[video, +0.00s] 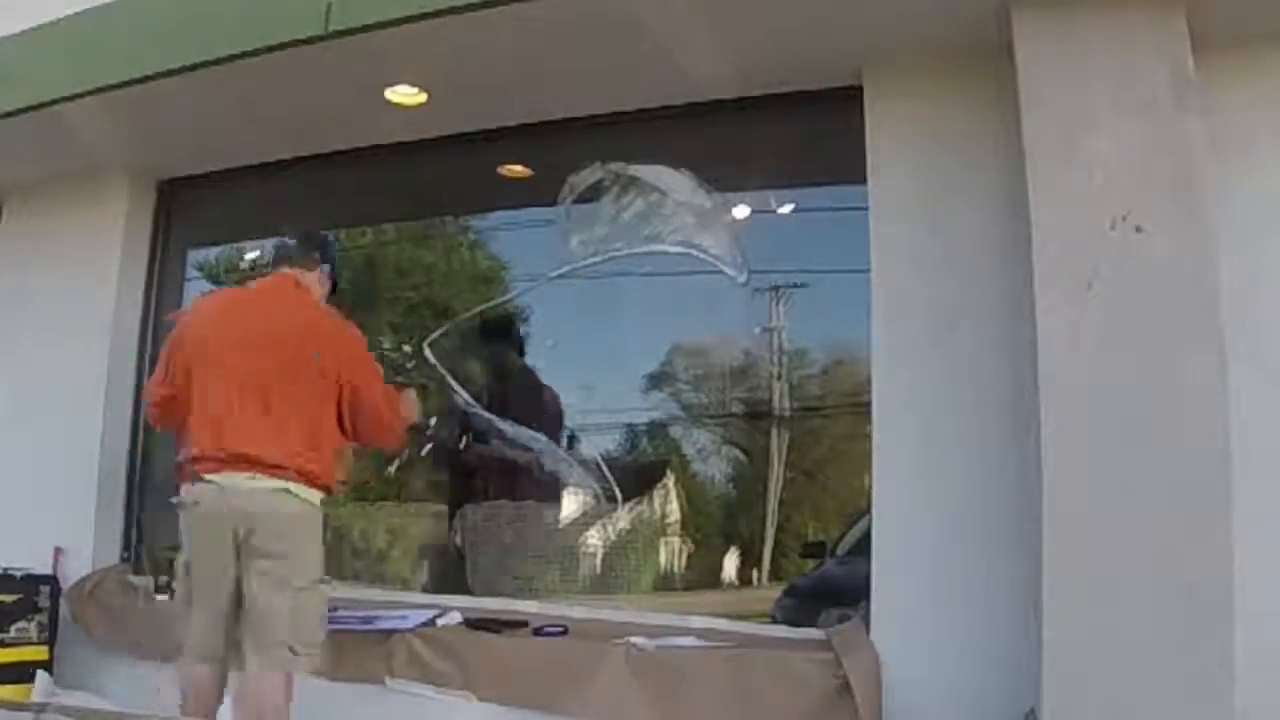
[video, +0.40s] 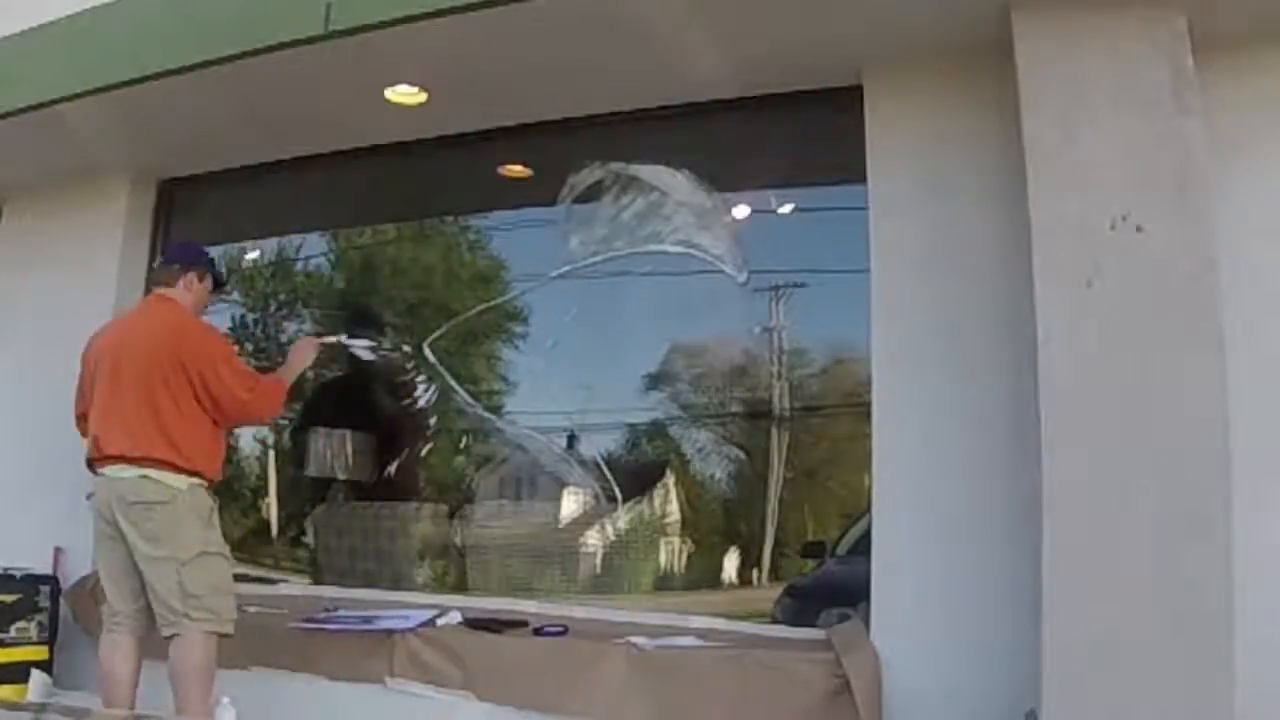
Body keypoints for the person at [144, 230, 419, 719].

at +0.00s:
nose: (325, 299)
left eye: (324, 290)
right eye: (327, 289)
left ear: (269, 270)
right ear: (320, 276)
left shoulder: (203, 313)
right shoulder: (335, 332)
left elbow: (160, 407)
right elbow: (380, 430)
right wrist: (403, 411)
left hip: (205, 505)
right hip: (287, 510)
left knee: (200, 651)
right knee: (271, 657)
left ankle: (197, 718)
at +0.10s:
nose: (328, 307)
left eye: (331, 296)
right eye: (328, 294)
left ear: (281, 277)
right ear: (310, 285)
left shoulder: (204, 318)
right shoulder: (307, 346)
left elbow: (171, 392)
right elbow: (345, 435)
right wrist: (383, 408)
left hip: (182, 492)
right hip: (251, 506)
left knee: (179, 634)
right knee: (242, 646)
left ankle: (162, 715)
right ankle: (230, 718)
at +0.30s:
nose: (224, 299)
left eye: (226, 289)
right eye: (222, 288)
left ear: (179, 279)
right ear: (199, 279)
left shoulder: (116, 331)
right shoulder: (203, 335)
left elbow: (98, 411)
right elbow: (262, 396)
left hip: (116, 487)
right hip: (177, 490)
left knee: (127, 618)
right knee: (196, 621)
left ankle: (119, 714)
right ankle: (196, 715)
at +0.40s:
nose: (208, 304)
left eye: (210, 294)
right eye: (208, 291)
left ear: (162, 281)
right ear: (190, 280)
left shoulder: (105, 337)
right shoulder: (193, 336)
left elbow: (85, 416)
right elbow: (251, 403)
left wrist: (116, 460)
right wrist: (293, 367)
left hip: (110, 488)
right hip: (169, 490)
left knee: (122, 618)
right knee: (195, 618)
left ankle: (115, 715)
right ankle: (197, 716)